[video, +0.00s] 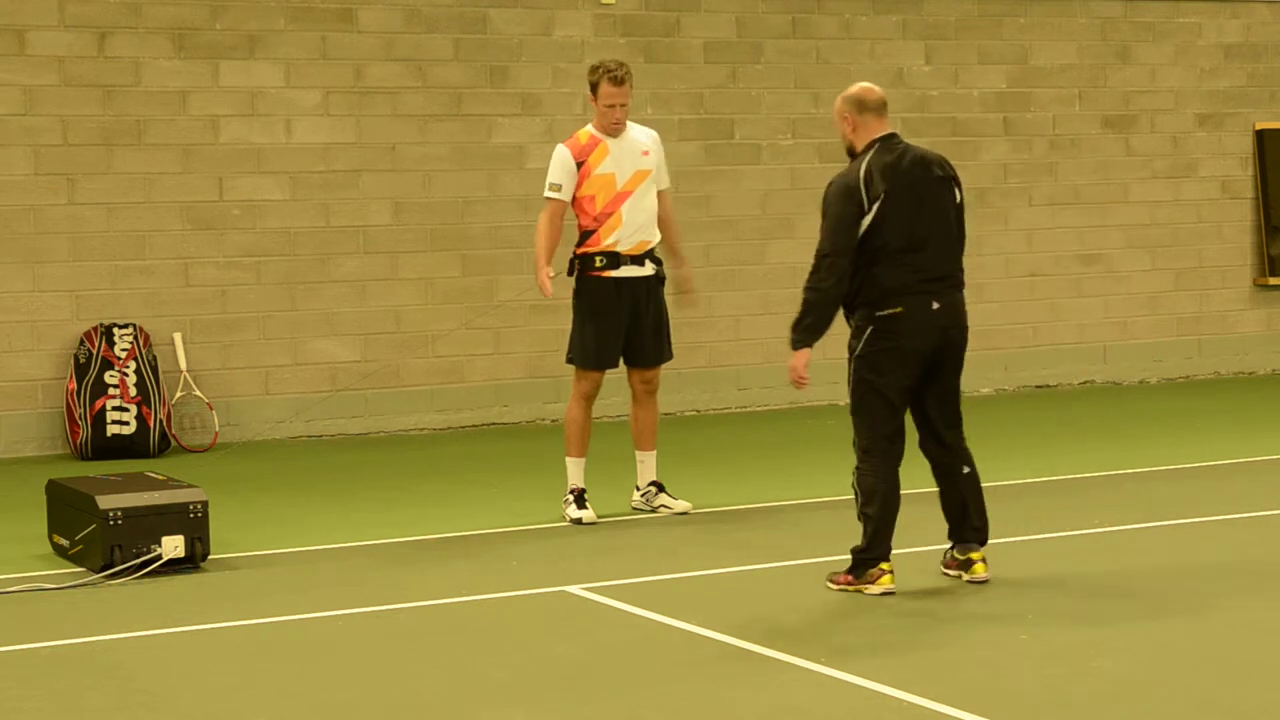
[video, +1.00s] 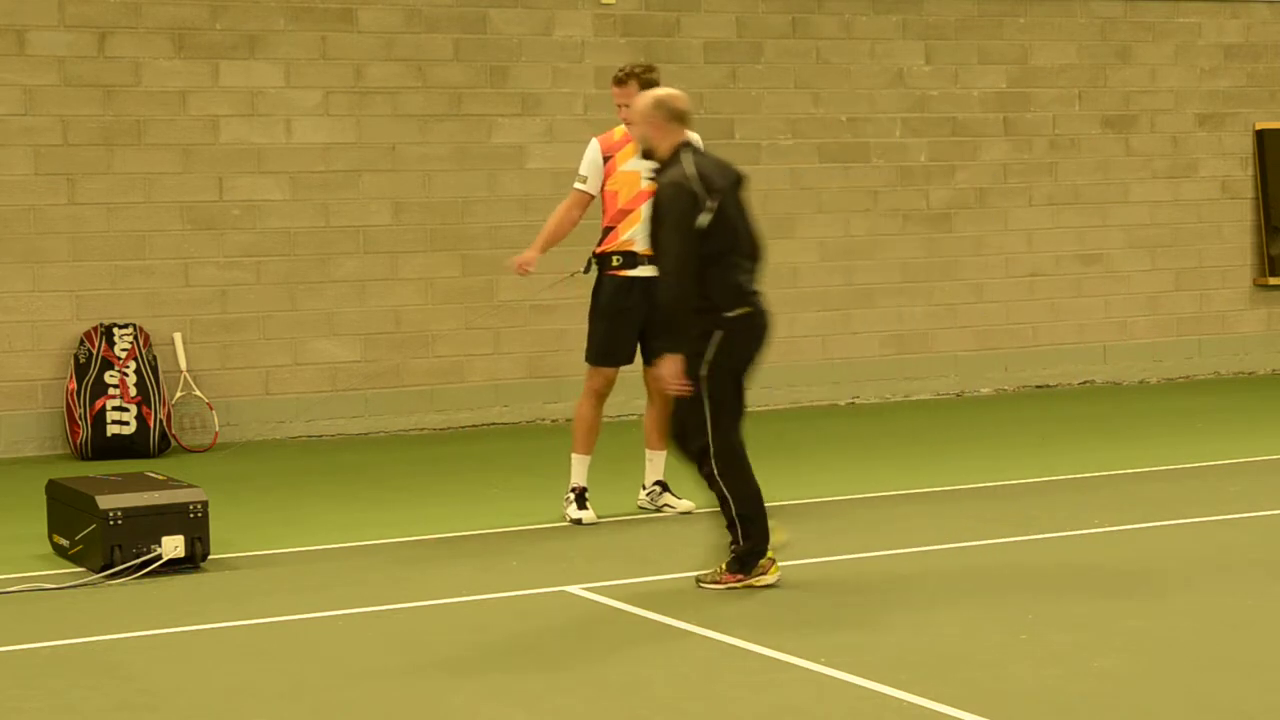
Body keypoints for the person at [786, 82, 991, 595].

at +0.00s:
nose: (838, 133)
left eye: (838, 124)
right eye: (838, 124)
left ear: (849, 121)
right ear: (886, 116)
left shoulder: (850, 184)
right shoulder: (939, 167)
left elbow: (832, 267)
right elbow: (953, 246)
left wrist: (803, 339)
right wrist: (931, 301)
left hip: (886, 329)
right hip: (947, 321)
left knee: (877, 449)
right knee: (946, 437)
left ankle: (872, 564)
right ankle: (970, 550)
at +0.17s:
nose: (848, 127)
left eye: (849, 119)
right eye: (850, 118)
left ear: (859, 118)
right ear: (897, 115)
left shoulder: (858, 180)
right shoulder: (947, 169)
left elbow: (850, 264)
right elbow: (962, 253)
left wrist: (837, 337)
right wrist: (955, 312)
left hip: (888, 328)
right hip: (947, 321)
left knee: (871, 446)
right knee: (951, 438)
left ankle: (872, 563)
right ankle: (972, 551)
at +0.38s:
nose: (840, 131)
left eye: (840, 122)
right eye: (841, 122)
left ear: (851, 122)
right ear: (887, 118)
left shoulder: (850, 180)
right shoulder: (936, 174)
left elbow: (839, 259)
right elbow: (958, 255)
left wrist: (817, 329)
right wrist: (968, 321)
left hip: (876, 330)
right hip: (934, 326)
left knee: (833, 435)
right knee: (942, 439)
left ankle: (857, 551)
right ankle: (969, 550)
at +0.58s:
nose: (792, 141)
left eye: (794, 132)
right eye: (794, 132)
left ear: (805, 133)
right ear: (837, 129)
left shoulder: (811, 191)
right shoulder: (883, 181)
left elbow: (808, 274)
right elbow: (909, 263)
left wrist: (783, 347)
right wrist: (908, 323)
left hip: (845, 337)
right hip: (898, 330)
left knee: (789, 436)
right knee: (920, 438)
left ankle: (762, 555)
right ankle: (964, 546)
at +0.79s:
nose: (712, 148)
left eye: (714, 139)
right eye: (712, 138)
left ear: (732, 138)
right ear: (755, 134)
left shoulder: (740, 200)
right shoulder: (798, 184)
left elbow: (748, 286)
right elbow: (828, 262)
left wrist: (753, 362)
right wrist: (809, 315)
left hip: (772, 340)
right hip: (819, 332)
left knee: (729, 448)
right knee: (831, 432)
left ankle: (753, 560)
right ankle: (913, 513)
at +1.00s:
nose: (633, 135)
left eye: (638, 125)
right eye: (634, 125)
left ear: (663, 127)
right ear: (673, 124)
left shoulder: (677, 186)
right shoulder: (713, 169)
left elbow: (677, 274)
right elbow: (747, 248)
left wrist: (672, 350)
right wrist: (721, 295)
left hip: (721, 324)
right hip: (734, 317)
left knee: (716, 436)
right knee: (689, 430)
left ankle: (751, 558)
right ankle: (749, 532)